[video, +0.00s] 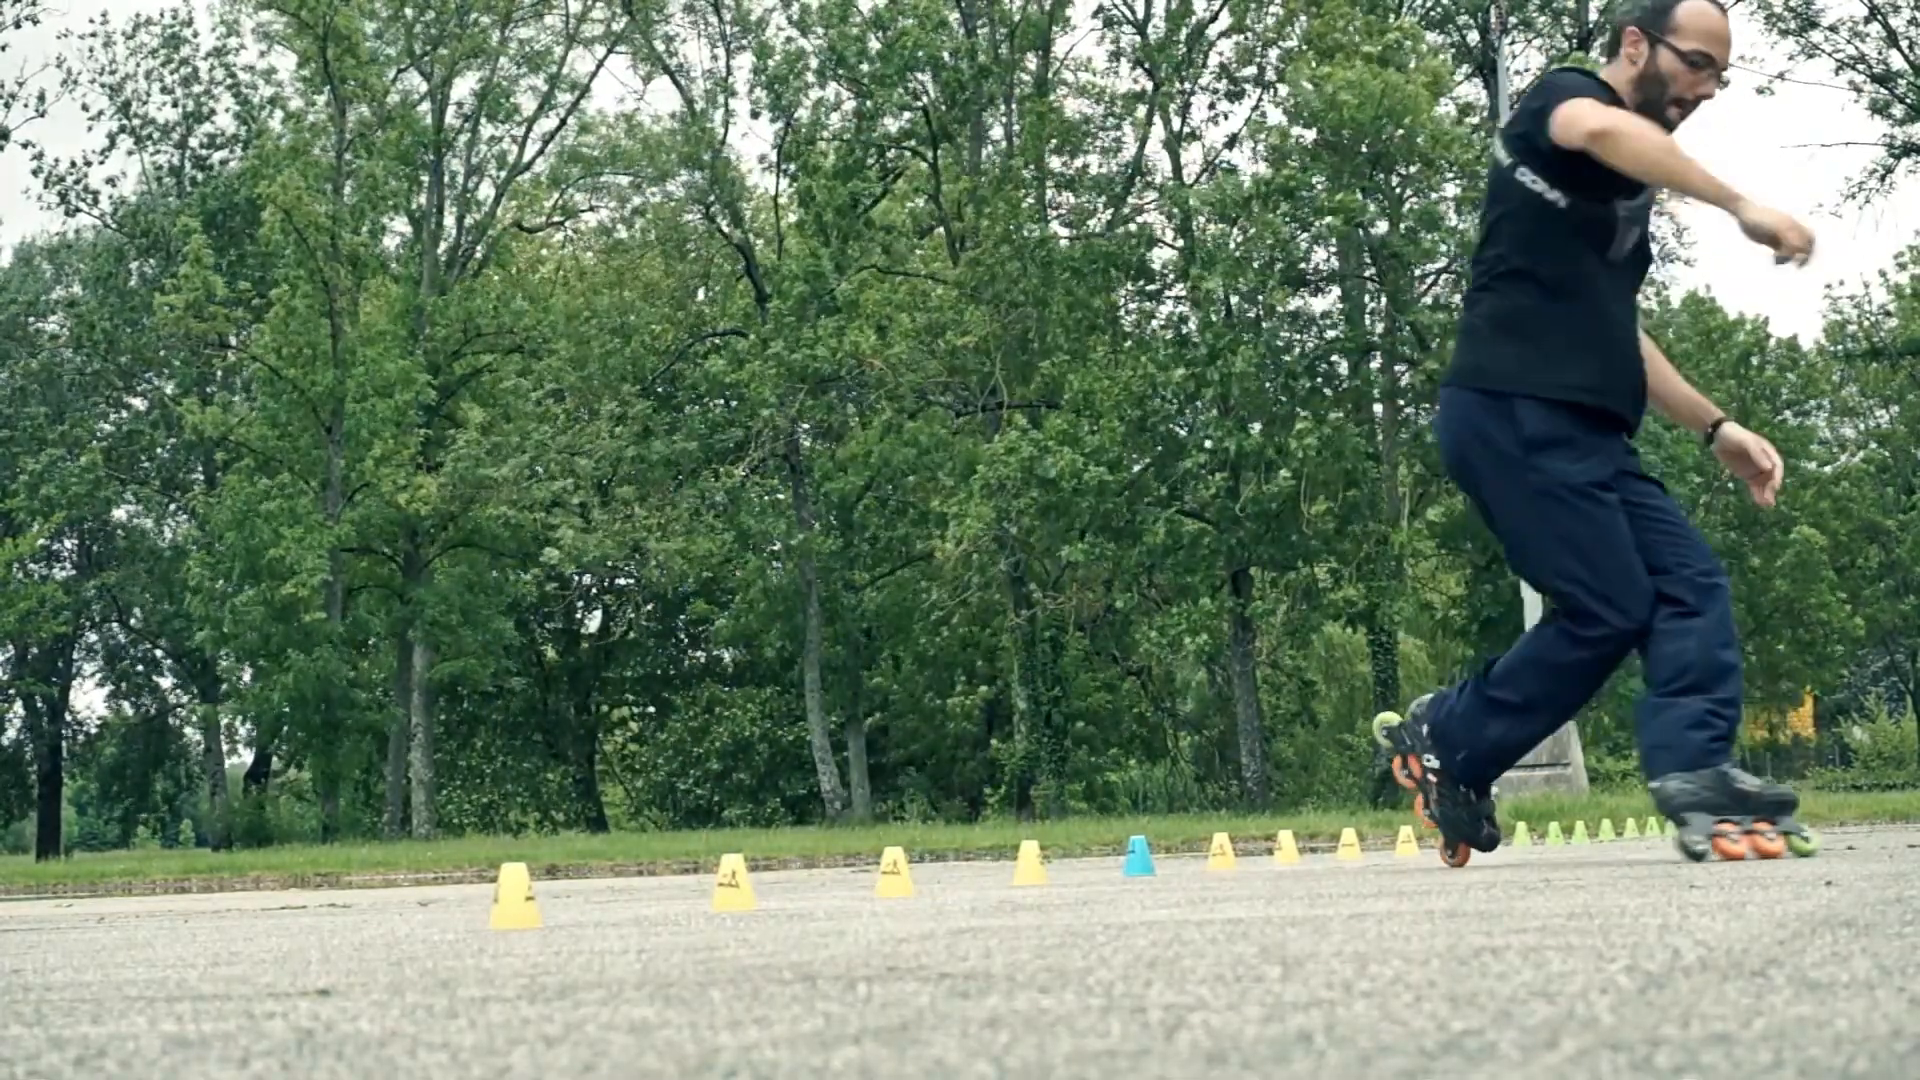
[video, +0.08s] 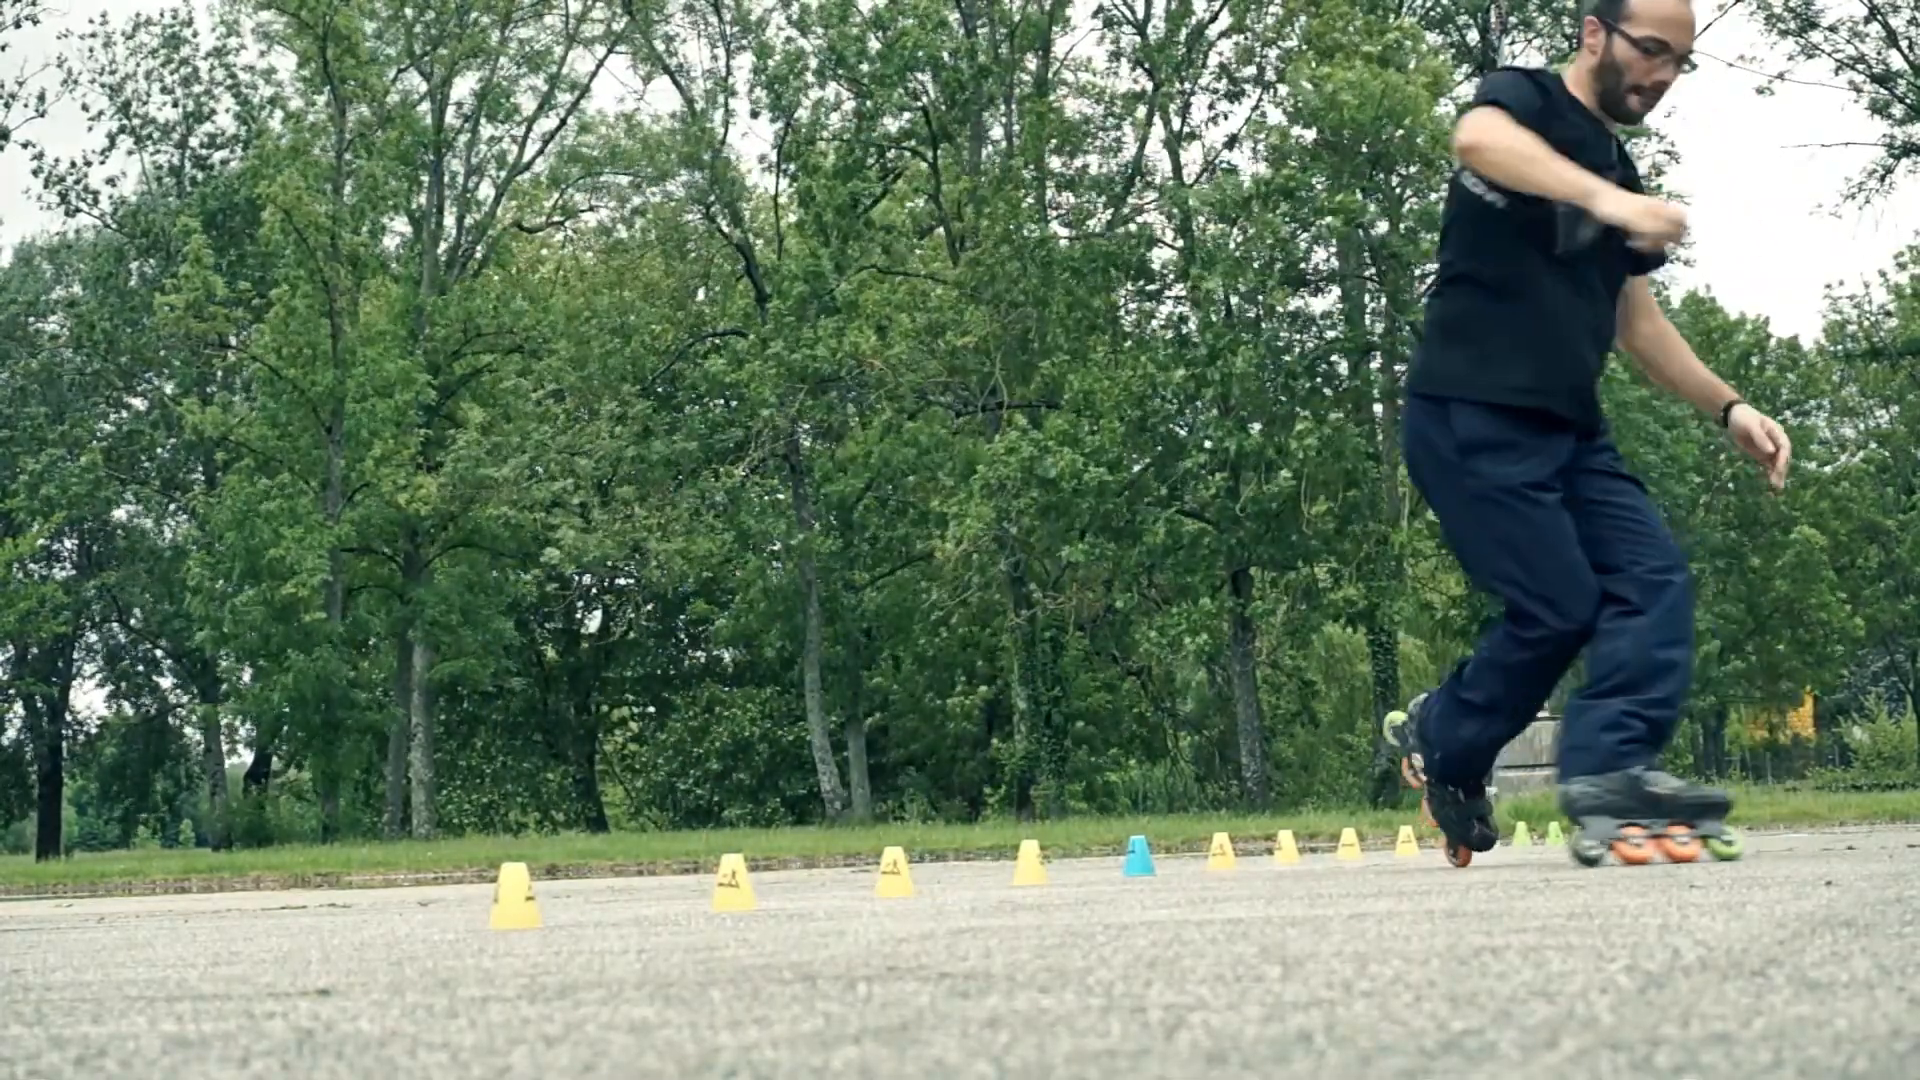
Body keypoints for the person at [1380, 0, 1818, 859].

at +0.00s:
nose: (1705, 89)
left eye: (1717, 74)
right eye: (1694, 63)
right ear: (1632, 45)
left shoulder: (1632, 174)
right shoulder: (1562, 89)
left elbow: (1614, 331)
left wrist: (1716, 429)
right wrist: (1740, 203)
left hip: (1591, 428)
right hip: (1511, 413)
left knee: (1688, 582)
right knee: (1610, 607)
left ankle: (1691, 766)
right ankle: (1449, 744)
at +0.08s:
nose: (1663, 76)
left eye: (1679, 62)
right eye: (1651, 50)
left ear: (1681, 66)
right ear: (1592, 33)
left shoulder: (1618, 174)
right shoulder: (1524, 92)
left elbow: (1639, 323)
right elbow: (1476, 136)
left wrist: (1728, 407)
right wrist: (1609, 199)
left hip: (1568, 429)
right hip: (1472, 418)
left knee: (1652, 580)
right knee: (1559, 605)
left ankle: (1605, 767)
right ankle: (1444, 748)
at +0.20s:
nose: (1565, 56)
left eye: (1587, 39)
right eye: (1547, 31)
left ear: (1605, 38)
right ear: (1505, 16)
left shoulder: (1596, 157)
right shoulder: (1430, 102)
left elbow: (1644, 286)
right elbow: (1318, 157)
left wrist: (1712, 379)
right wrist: (1357, 197)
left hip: (1528, 420)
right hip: (1412, 417)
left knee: (1568, 575)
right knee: (1466, 609)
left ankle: (1471, 762)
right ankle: (1445, 800)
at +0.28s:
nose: (1487, 47)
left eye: (1510, 28)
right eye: (1470, 24)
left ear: (1544, 22)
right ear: (1445, 15)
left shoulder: (1569, 138)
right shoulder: (1383, 101)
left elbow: (1631, 262)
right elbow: (1256, 161)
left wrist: (1679, 363)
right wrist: (1229, 205)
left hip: (1495, 418)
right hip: (1374, 419)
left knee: (1496, 583)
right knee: (1403, 622)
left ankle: (1370, 774)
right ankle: (1446, 807)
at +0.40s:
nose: (1384, 39)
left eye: (1404, 19)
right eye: (1368, 20)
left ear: (1453, 9)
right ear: (1354, 17)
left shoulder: (1508, 116)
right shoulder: (1323, 102)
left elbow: (1590, 244)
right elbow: (1209, 187)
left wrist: (1602, 355)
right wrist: (1129, 251)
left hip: (1441, 414)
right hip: (1323, 416)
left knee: (1381, 594)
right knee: (1335, 639)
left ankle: (1261, 778)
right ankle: (1458, 741)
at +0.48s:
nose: (1325, 36)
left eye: (1344, 15)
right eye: (1309, 18)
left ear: (1398, 6)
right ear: (1297, 15)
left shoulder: (1469, 108)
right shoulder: (1291, 106)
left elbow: (1551, 245)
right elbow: (1195, 204)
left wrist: (1535, 358)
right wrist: (1106, 281)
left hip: (1415, 407)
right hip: (1301, 413)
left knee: (1329, 592)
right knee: (1312, 621)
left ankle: (1222, 780)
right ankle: (1476, 740)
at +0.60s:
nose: (1260, 33)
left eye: (1274, 14)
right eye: (1249, 19)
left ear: (1332, 1)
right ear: (1248, 16)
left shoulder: (1405, 90)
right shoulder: (1277, 96)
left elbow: (1483, 239)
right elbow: (1216, 208)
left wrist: (1429, 365)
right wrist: (1128, 306)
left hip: (1391, 394)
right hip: (1307, 410)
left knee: (1281, 584)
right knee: (1306, 611)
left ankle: (1217, 792)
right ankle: (1507, 740)